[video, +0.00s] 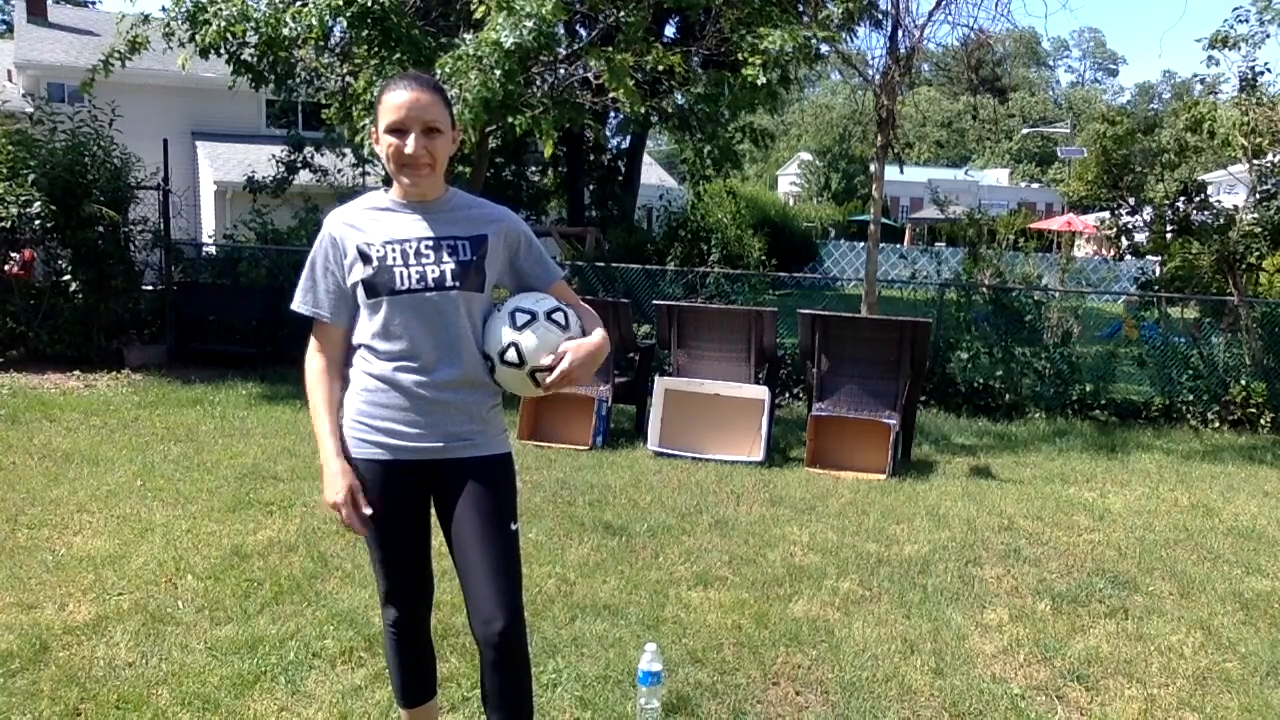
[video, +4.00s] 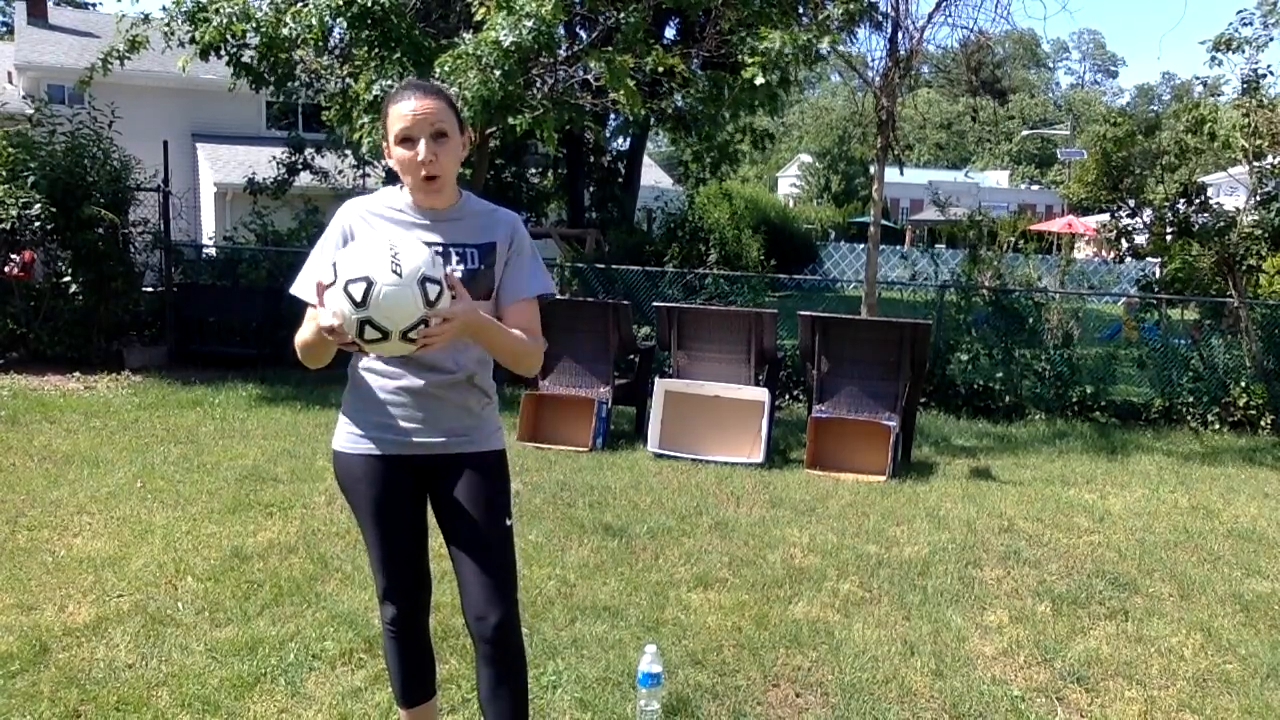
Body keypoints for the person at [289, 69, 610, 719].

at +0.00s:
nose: (413, 146)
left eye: (429, 130)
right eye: (397, 131)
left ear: (455, 138)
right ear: (377, 140)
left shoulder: (499, 227)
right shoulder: (346, 228)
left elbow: (570, 308)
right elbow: (323, 352)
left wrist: (597, 341)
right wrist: (331, 458)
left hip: (475, 447)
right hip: (380, 448)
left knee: (500, 625)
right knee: (403, 612)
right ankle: (420, 715)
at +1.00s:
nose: (397, 134)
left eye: (418, 127)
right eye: (387, 119)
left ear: (443, 150)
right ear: (367, 132)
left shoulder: (482, 222)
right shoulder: (330, 227)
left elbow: (530, 321)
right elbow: (322, 361)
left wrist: (583, 336)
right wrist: (447, 371)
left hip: (469, 450)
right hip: (373, 455)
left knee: (494, 625)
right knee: (402, 616)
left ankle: (506, 717)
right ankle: (419, 714)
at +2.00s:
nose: (424, 135)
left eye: (440, 123)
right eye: (407, 123)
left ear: (461, 138)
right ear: (384, 140)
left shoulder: (501, 227)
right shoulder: (352, 225)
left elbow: (545, 328)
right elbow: (333, 361)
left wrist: (599, 349)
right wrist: (461, 376)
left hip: (477, 450)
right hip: (381, 452)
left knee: (503, 624)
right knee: (405, 612)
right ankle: (421, 714)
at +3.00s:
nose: (423, 151)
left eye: (438, 136)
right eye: (407, 136)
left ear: (461, 143)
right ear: (384, 144)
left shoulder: (499, 230)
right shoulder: (351, 228)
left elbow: (522, 351)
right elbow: (327, 361)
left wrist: (573, 394)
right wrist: (447, 377)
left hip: (474, 451)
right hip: (380, 452)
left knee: (500, 625)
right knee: (404, 613)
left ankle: (509, 719)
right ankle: (421, 714)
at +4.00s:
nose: (425, 152)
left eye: (439, 136)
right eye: (407, 140)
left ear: (464, 143)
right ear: (388, 153)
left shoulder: (501, 228)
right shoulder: (355, 220)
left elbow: (531, 358)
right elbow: (309, 355)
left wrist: (473, 321)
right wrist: (325, 326)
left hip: (468, 440)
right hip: (374, 438)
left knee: (495, 619)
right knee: (401, 607)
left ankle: (508, 718)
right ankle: (419, 715)